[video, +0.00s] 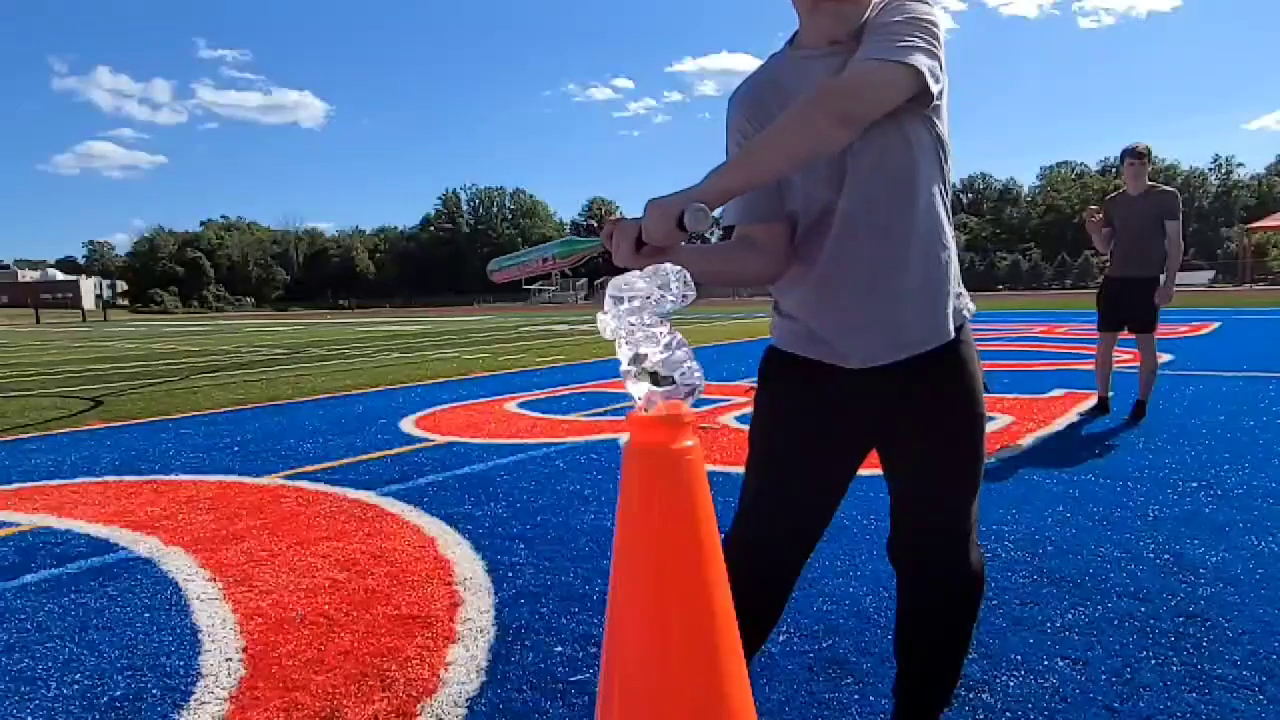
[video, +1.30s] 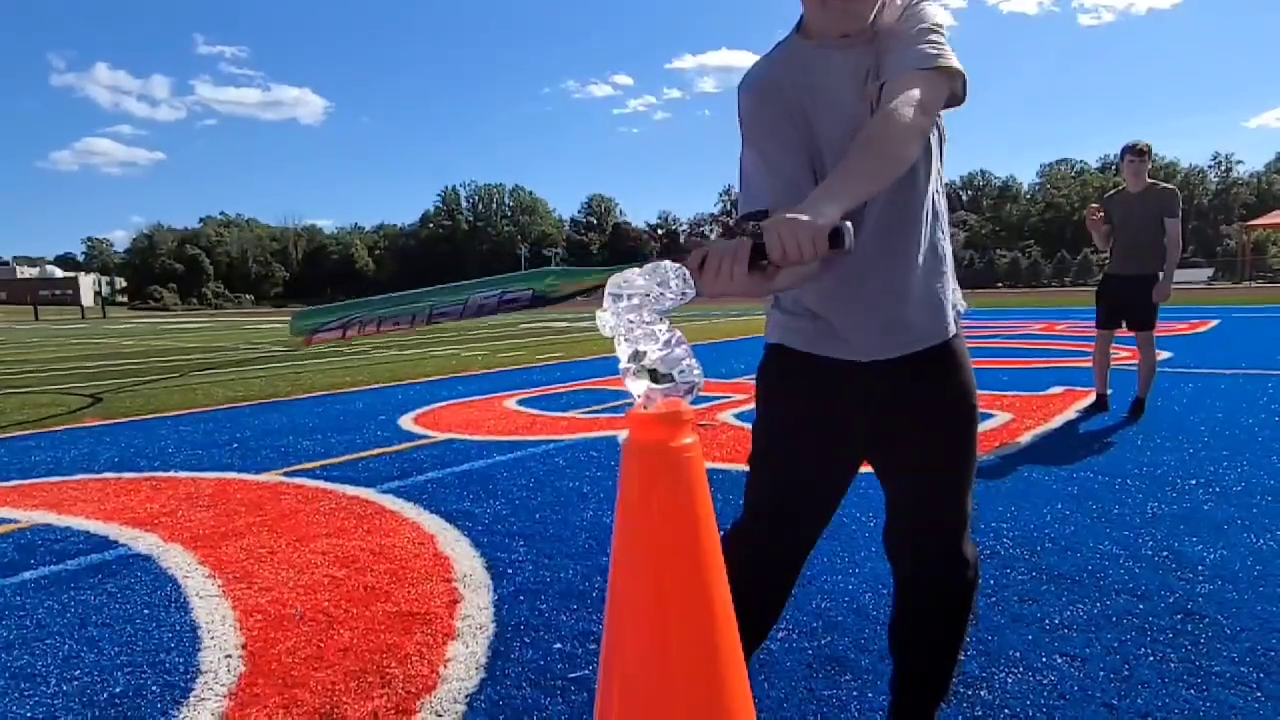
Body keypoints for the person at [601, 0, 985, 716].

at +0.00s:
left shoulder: (908, 21)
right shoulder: (756, 96)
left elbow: (843, 109)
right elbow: (766, 253)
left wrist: (696, 198)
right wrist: (663, 256)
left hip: (930, 358)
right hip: (809, 367)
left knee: (942, 569)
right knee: (753, 571)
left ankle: (919, 711)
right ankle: (687, 700)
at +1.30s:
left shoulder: (913, 23)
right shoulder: (768, 83)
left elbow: (909, 116)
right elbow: (777, 227)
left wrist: (816, 209)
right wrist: (740, 271)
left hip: (924, 355)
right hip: (809, 362)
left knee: (938, 566)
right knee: (762, 559)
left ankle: (915, 709)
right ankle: (686, 695)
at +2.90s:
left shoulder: (916, 19)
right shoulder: (783, 64)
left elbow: (948, 124)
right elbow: (818, 209)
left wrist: (945, 197)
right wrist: (896, 265)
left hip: (915, 339)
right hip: (807, 347)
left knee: (927, 554)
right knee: (769, 540)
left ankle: (907, 712)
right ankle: (719, 699)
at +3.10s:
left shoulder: (916, 19)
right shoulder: (784, 61)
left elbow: (947, 123)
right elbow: (823, 212)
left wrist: (967, 200)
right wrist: (928, 261)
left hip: (914, 320)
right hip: (812, 328)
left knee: (927, 537)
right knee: (774, 533)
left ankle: (902, 705)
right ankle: (705, 705)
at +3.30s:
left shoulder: (918, 20)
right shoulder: (785, 60)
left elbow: (951, 125)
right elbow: (827, 210)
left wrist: (986, 206)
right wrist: (945, 259)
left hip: (908, 327)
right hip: (808, 339)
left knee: (926, 535)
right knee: (772, 533)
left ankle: (917, 694)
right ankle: (699, 705)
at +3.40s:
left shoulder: (916, 20)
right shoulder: (786, 57)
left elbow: (952, 125)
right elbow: (830, 208)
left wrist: (995, 204)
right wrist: (961, 257)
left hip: (910, 330)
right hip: (810, 339)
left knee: (921, 541)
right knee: (774, 529)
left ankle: (922, 694)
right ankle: (697, 702)